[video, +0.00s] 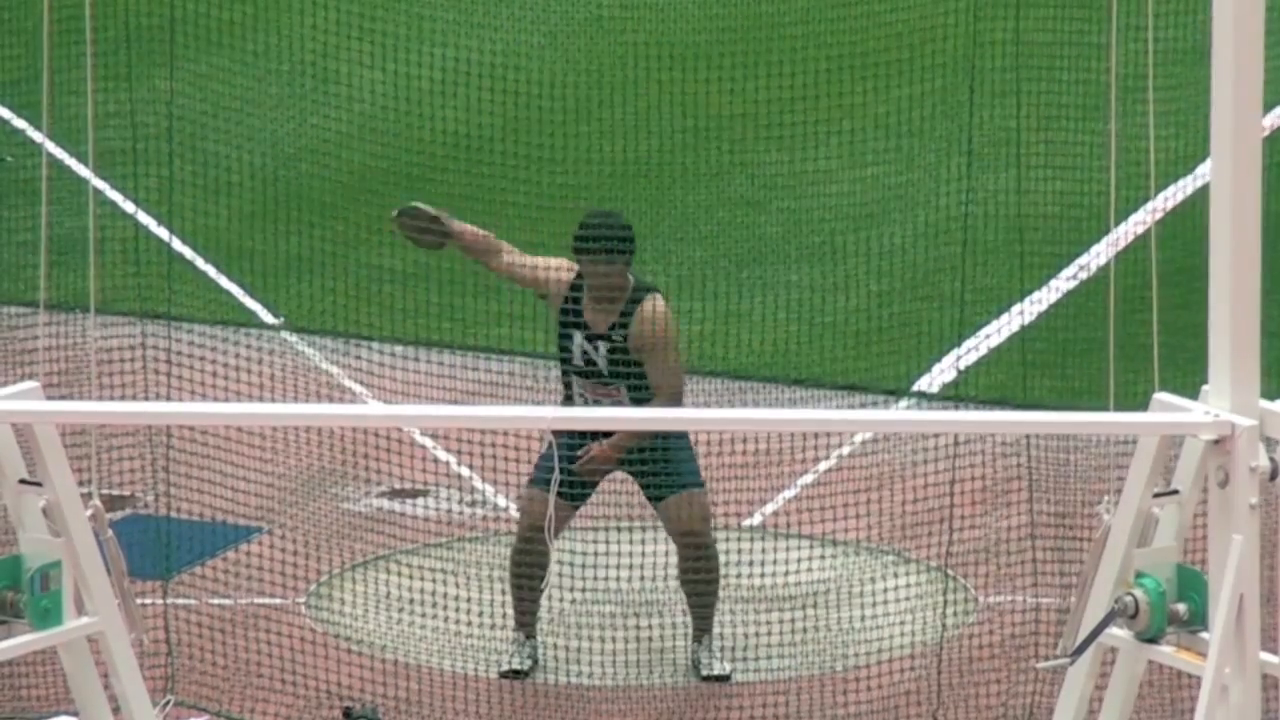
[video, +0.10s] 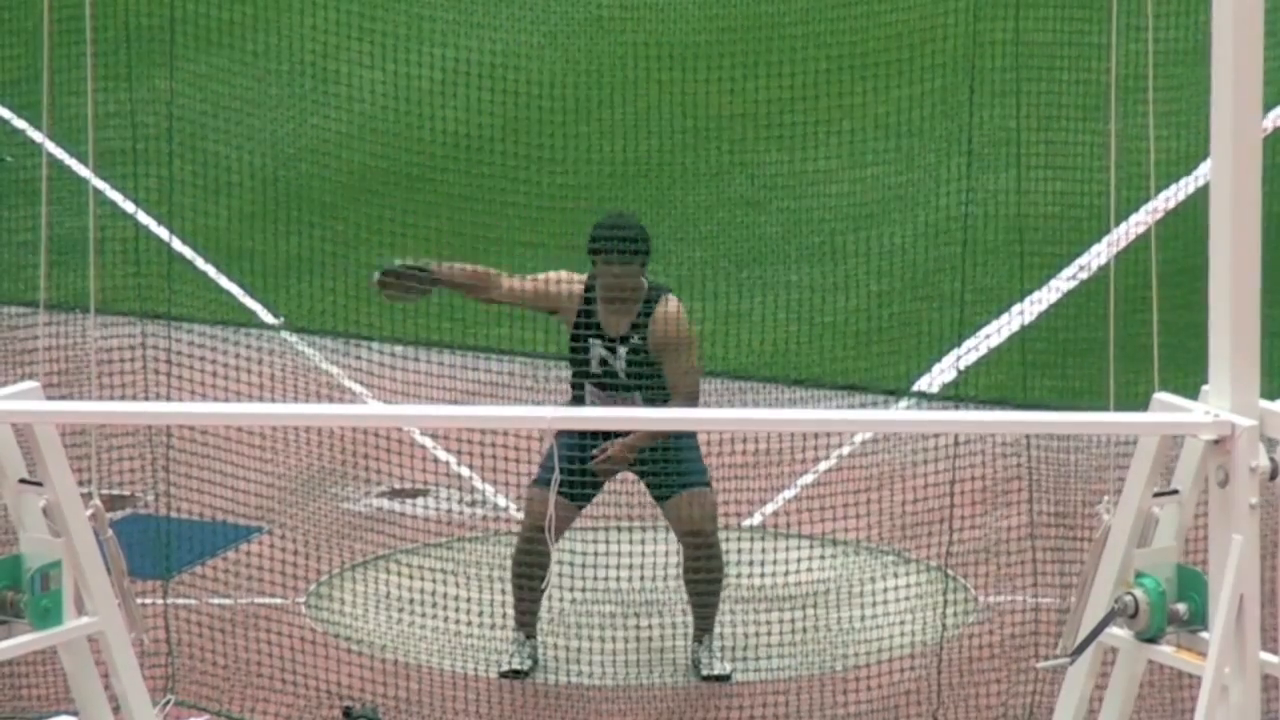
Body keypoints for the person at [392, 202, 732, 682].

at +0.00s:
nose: (601, 279)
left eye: (610, 270)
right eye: (592, 269)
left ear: (628, 265)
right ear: (580, 263)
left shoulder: (651, 314)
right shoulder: (561, 281)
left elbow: (669, 404)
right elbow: (500, 256)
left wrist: (616, 446)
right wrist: (449, 228)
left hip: (650, 431)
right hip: (583, 428)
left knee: (695, 533)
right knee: (532, 525)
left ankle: (705, 642)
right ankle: (525, 640)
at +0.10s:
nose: (617, 275)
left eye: (627, 265)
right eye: (608, 264)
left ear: (643, 266)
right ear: (594, 264)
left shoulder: (667, 316)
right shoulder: (569, 292)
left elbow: (687, 403)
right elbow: (498, 285)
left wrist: (634, 442)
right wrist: (429, 273)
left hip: (661, 431)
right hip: (588, 427)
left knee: (701, 531)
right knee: (536, 526)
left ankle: (705, 643)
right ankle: (524, 642)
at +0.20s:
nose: (632, 274)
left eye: (642, 264)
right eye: (623, 263)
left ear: (657, 267)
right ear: (607, 264)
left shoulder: (684, 316)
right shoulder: (581, 306)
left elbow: (703, 397)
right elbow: (512, 333)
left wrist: (654, 442)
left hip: (669, 429)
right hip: (596, 427)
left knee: (705, 529)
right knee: (542, 524)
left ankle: (706, 643)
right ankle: (524, 641)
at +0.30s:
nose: (644, 276)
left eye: (655, 266)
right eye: (635, 265)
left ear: (670, 267)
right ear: (619, 264)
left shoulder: (696, 312)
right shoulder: (595, 314)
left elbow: (716, 388)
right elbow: (550, 383)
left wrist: (676, 435)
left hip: (672, 434)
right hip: (599, 433)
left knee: (708, 527)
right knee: (543, 526)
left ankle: (705, 643)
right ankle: (525, 641)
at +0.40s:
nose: (650, 274)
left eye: (660, 265)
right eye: (641, 263)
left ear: (678, 266)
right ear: (627, 263)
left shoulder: (706, 306)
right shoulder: (608, 317)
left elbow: (722, 376)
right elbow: (608, 405)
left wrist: (698, 427)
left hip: (670, 433)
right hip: (604, 431)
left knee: (710, 527)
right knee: (545, 530)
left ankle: (704, 643)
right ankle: (525, 640)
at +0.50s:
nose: (656, 268)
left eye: (667, 258)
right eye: (647, 258)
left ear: (685, 261)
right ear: (635, 260)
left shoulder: (709, 298)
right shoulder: (618, 316)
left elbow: (723, 366)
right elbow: (658, 401)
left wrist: (724, 425)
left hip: (668, 432)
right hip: (602, 433)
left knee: (709, 523)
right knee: (552, 532)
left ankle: (704, 643)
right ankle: (525, 640)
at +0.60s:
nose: (663, 263)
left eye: (674, 253)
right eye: (653, 253)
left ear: (689, 255)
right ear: (638, 255)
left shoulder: (707, 288)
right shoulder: (627, 311)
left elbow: (721, 365)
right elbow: (687, 377)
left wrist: (755, 386)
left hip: (667, 431)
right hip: (602, 432)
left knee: (710, 524)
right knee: (556, 537)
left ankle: (703, 643)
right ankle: (525, 641)